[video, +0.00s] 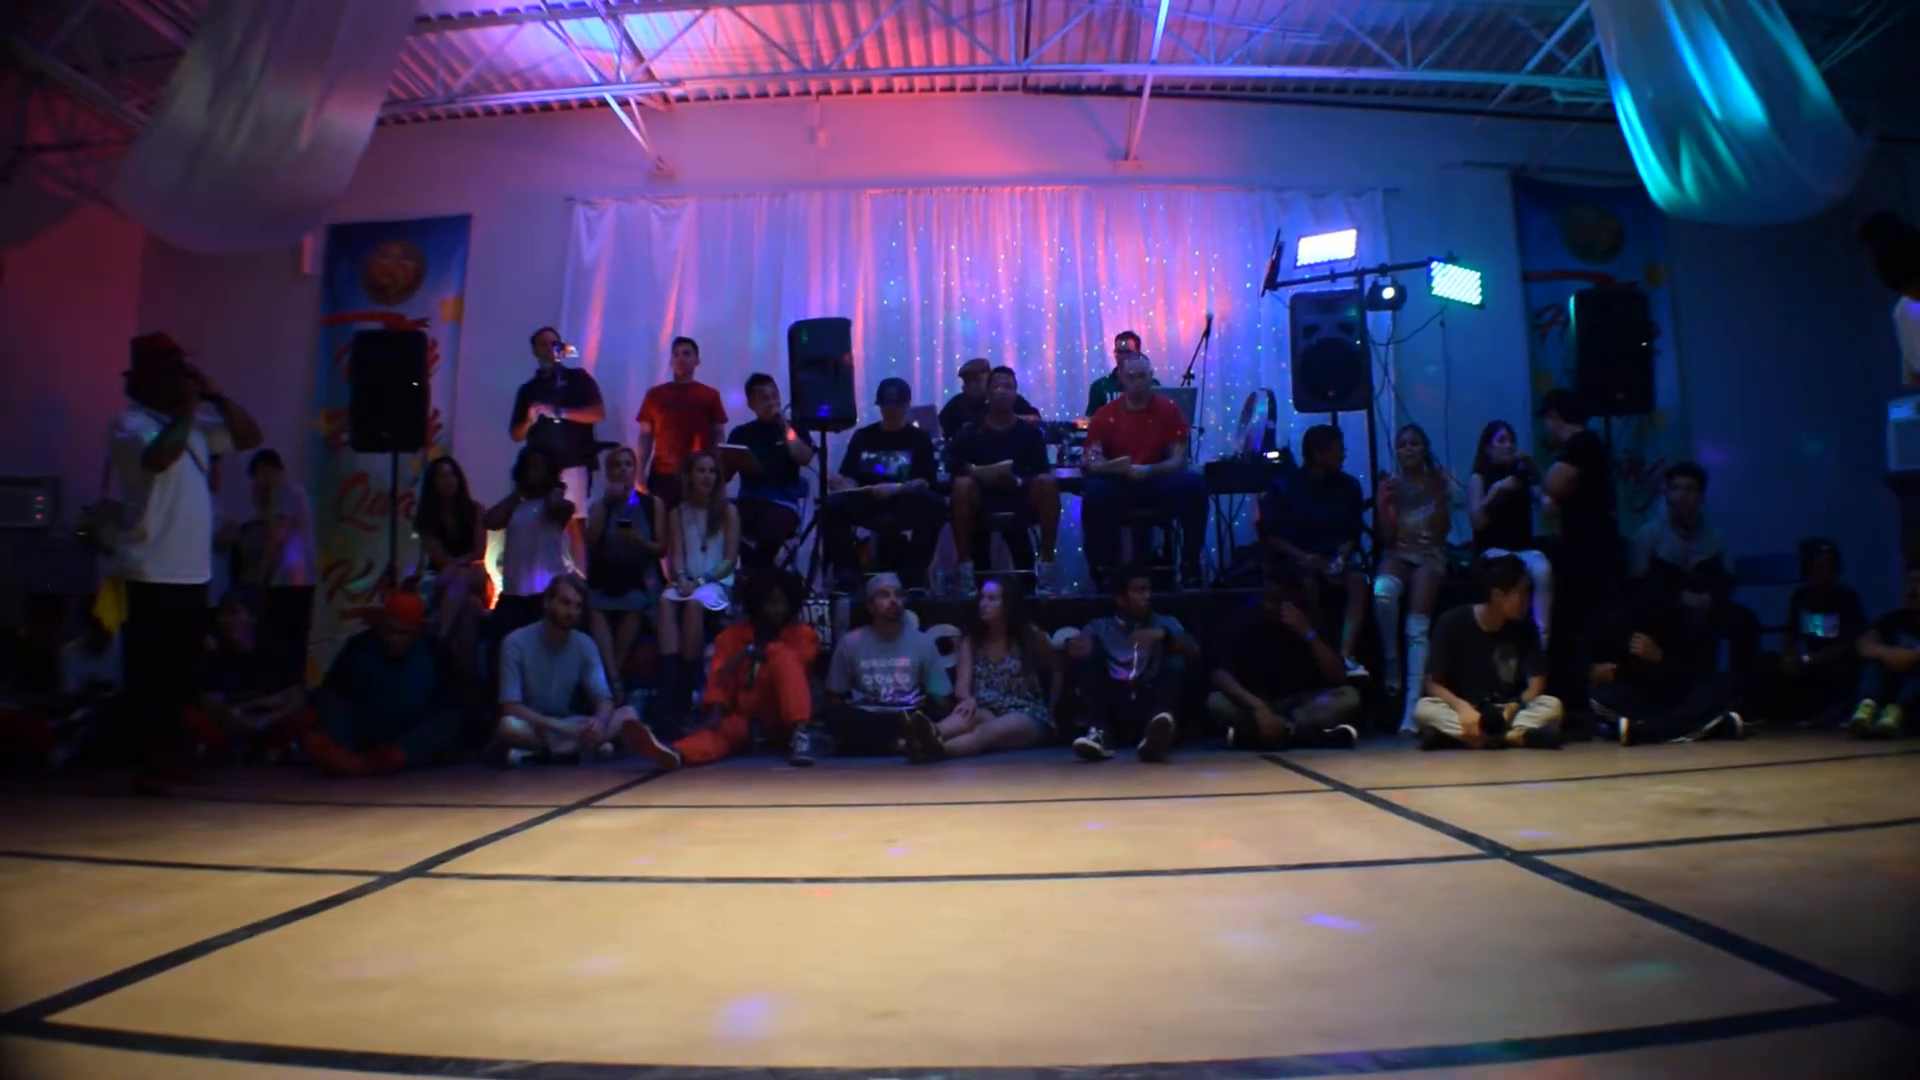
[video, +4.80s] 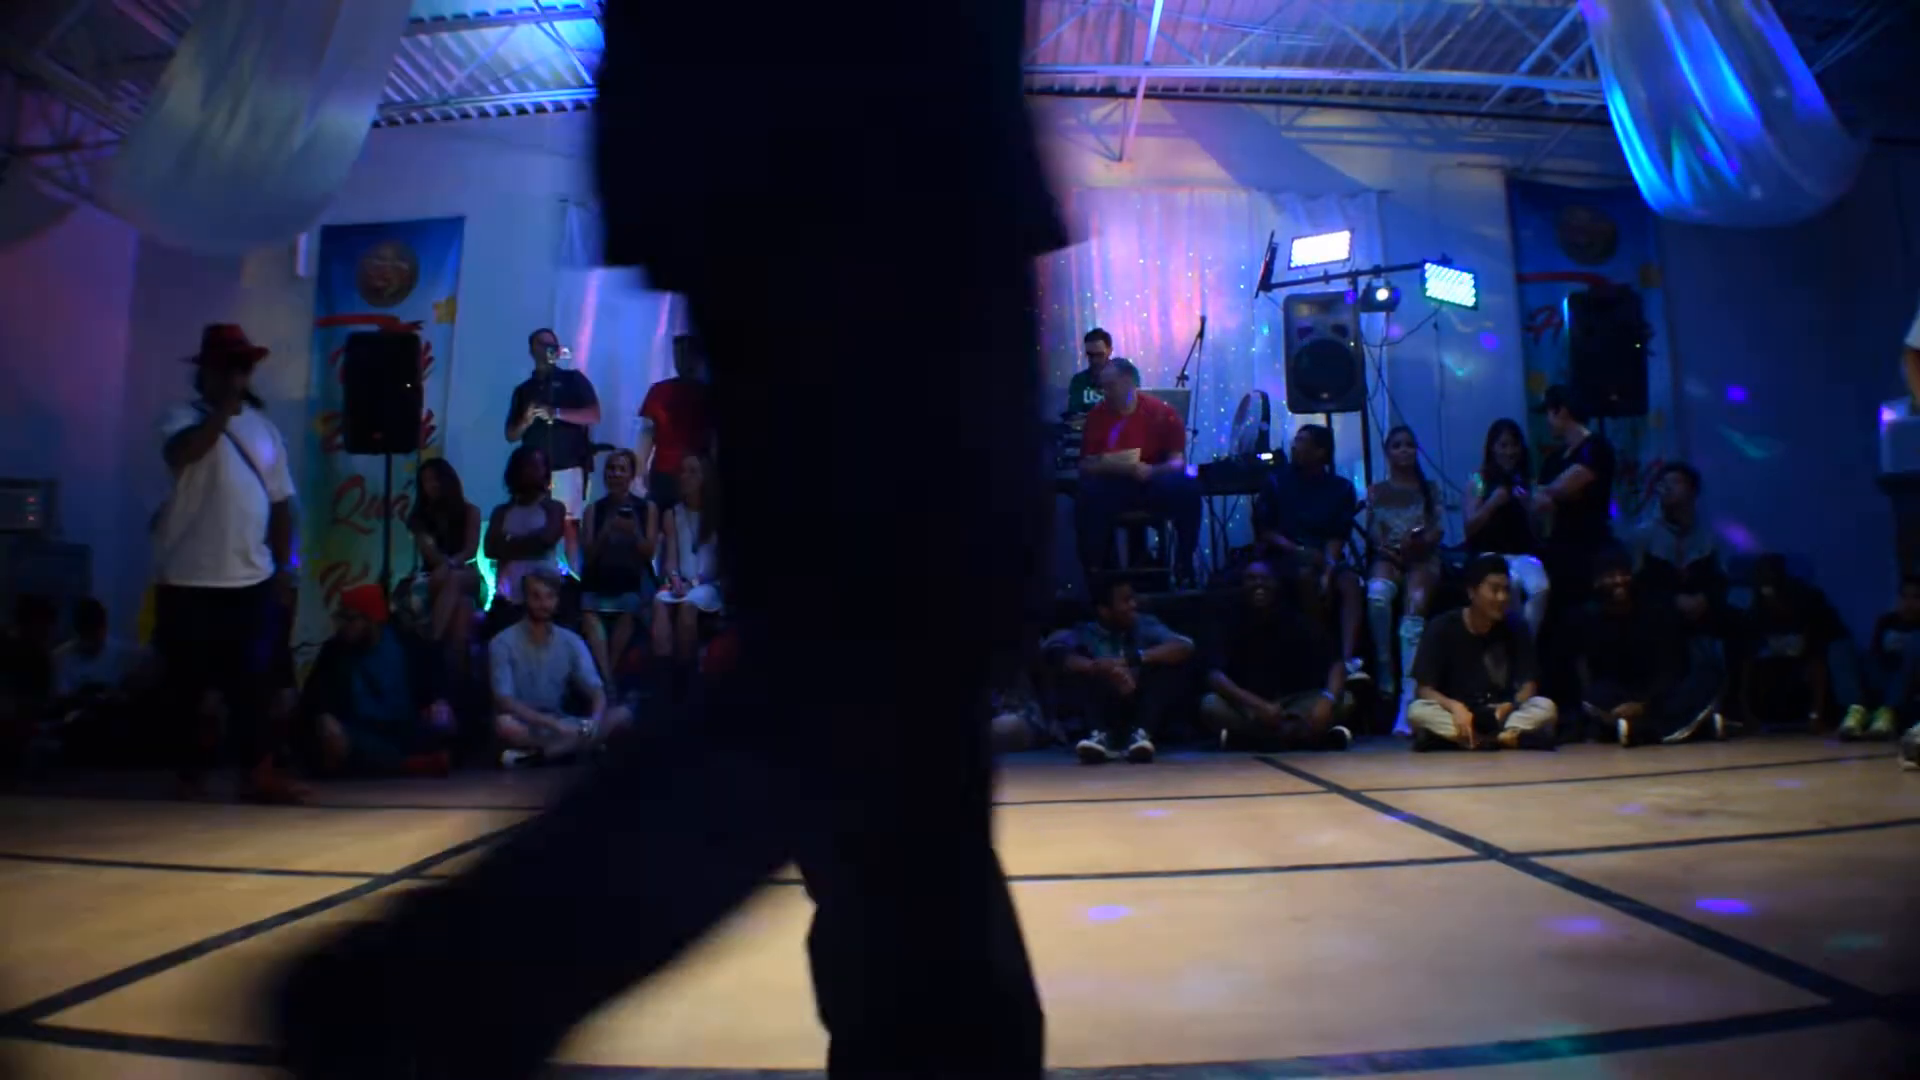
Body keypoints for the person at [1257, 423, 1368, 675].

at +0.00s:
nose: (1343, 454)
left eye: (1342, 448)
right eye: (1336, 449)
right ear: (1317, 453)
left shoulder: (1348, 486)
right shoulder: (1287, 484)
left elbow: (1354, 532)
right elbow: (1270, 534)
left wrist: (1341, 558)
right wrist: (1304, 557)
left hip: (1334, 558)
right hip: (1296, 559)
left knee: (1359, 581)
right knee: (1307, 584)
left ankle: (1346, 655)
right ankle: (1314, 656)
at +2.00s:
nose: (1321, 460)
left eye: (1325, 454)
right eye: (1315, 453)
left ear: (1330, 456)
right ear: (1302, 454)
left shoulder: (1339, 488)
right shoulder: (1282, 487)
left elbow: (1351, 533)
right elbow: (1269, 534)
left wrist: (1332, 558)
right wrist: (1305, 560)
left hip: (1331, 558)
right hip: (1296, 558)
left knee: (1353, 583)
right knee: (1300, 584)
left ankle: (1342, 653)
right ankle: (1314, 656)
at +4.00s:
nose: (1303, 449)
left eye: (1310, 444)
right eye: (1300, 443)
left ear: (1326, 452)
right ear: (1296, 449)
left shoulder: (1341, 488)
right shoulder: (1281, 484)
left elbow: (1338, 535)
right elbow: (1265, 532)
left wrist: (1327, 572)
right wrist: (1303, 554)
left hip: (1326, 557)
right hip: (1291, 557)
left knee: (1352, 583)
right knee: (1307, 577)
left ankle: (1355, 657)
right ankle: (1319, 658)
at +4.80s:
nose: (1294, 446)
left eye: (1301, 442)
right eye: (1295, 441)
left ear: (1320, 451)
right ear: (1295, 445)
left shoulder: (1340, 487)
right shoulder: (1279, 480)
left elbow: (1338, 536)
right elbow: (1264, 529)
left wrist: (1327, 572)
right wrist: (1298, 550)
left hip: (1324, 557)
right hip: (1288, 556)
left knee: (1351, 583)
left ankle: (1348, 658)